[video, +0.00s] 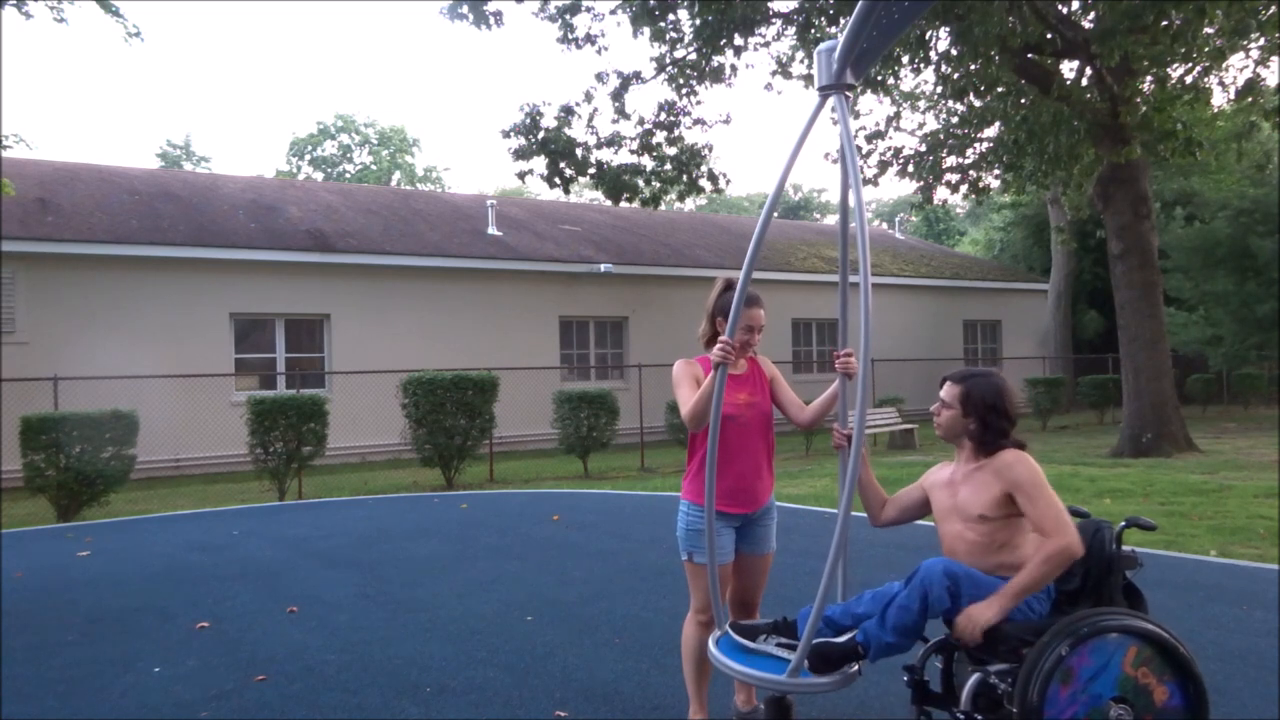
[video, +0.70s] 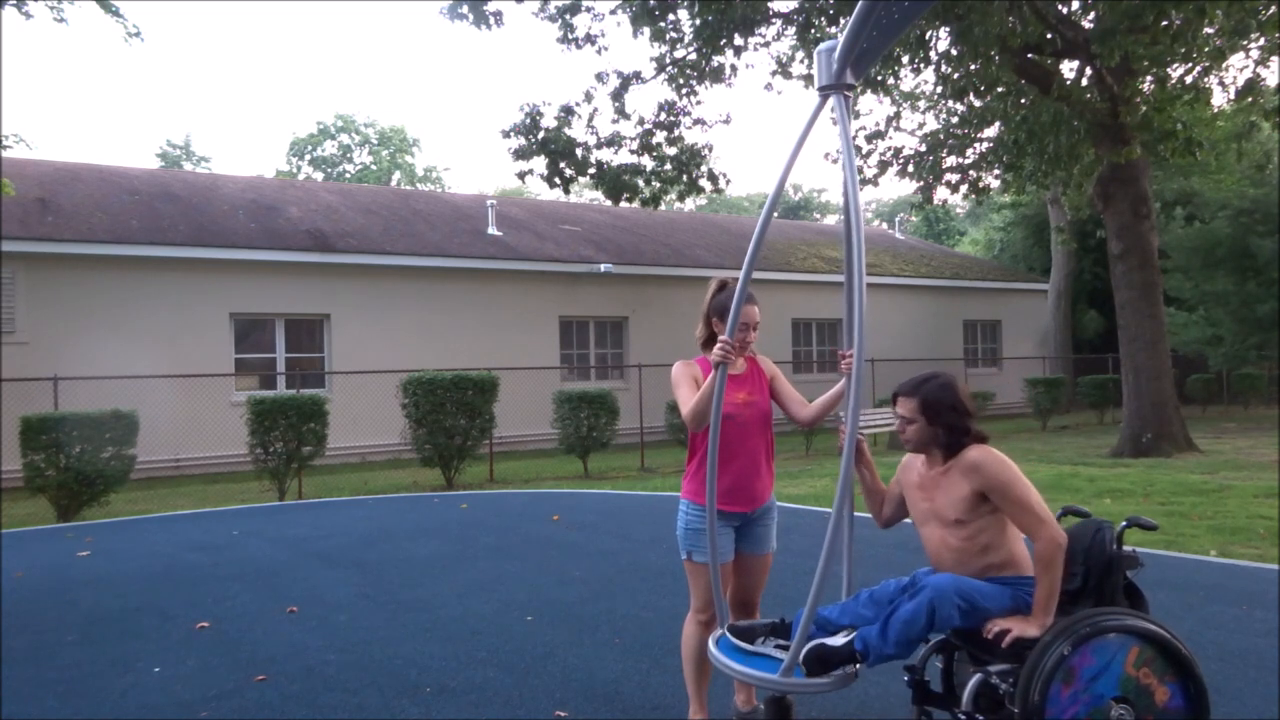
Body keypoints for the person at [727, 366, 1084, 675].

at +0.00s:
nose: (933, 410)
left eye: (944, 405)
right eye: (937, 402)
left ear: (974, 417)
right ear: (958, 416)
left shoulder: (1012, 465)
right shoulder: (940, 476)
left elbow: (1066, 544)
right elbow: (881, 513)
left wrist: (995, 605)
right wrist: (856, 454)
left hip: (1021, 598)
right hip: (967, 594)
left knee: (937, 572)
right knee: (896, 594)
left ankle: (855, 648)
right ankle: (796, 630)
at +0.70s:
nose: (898, 430)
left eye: (907, 421)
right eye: (897, 421)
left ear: (938, 422)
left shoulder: (982, 462)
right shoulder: (910, 465)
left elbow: (1051, 538)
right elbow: (885, 515)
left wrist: (1040, 620)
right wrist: (863, 463)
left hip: (1009, 589)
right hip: (951, 582)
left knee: (938, 591)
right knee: (890, 593)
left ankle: (851, 650)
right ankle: (791, 631)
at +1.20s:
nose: (889, 408)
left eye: (896, 401)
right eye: (887, 399)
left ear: (927, 400)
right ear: (893, 396)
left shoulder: (964, 451)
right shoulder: (903, 440)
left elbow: (1017, 534)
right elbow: (907, 499)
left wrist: (1037, 620)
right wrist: (869, 459)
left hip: (981, 580)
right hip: (922, 560)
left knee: (917, 592)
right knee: (869, 578)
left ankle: (836, 648)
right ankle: (787, 630)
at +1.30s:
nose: (891, 407)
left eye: (898, 400)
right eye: (888, 398)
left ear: (928, 398)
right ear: (893, 395)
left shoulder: (966, 450)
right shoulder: (904, 436)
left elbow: (1015, 533)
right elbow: (907, 496)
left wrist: (1037, 620)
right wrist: (869, 459)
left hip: (973, 579)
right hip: (917, 556)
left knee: (910, 589)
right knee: (861, 576)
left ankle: (828, 646)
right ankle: (784, 631)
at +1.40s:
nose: (891, 410)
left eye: (899, 403)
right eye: (889, 402)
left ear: (929, 401)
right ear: (910, 400)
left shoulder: (966, 451)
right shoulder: (905, 439)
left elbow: (1021, 535)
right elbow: (904, 501)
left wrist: (1035, 620)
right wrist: (869, 460)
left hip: (972, 580)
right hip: (917, 556)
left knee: (903, 589)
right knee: (853, 577)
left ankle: (819, 647)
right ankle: (782, 632)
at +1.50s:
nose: (891, 418)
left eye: (898, 410)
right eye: (888, 409)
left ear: (927, 407)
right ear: (910, 407)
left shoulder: (967, 454)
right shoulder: (905, 447)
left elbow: (1029, 534)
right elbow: (903, 510)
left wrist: (1034, 620)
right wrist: (867, 461)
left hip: (976, 586)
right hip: (921, 563)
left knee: (903, 593)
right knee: (855, 580)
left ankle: (824, 644)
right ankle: (782, 631)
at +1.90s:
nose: (904, 429)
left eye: (912, 419)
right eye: (902, 419)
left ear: (944, 415)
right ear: (908, 417)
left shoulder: (989, 464)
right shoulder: (916, 455)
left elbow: (1064, 536)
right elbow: (893, 514)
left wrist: (1026, 610)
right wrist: (867, 463)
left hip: (992, 598)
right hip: (937, 587)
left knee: (920, 569)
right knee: (885, 575)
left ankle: (842, 646)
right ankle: (782, 632)